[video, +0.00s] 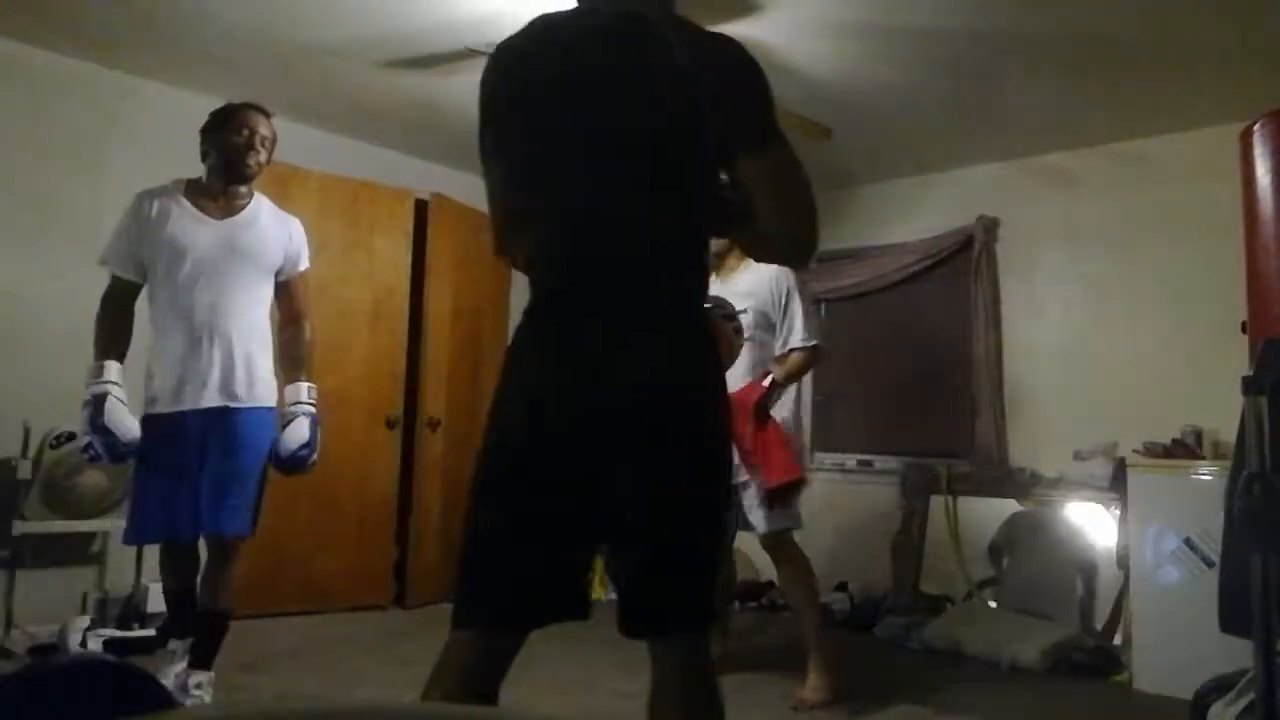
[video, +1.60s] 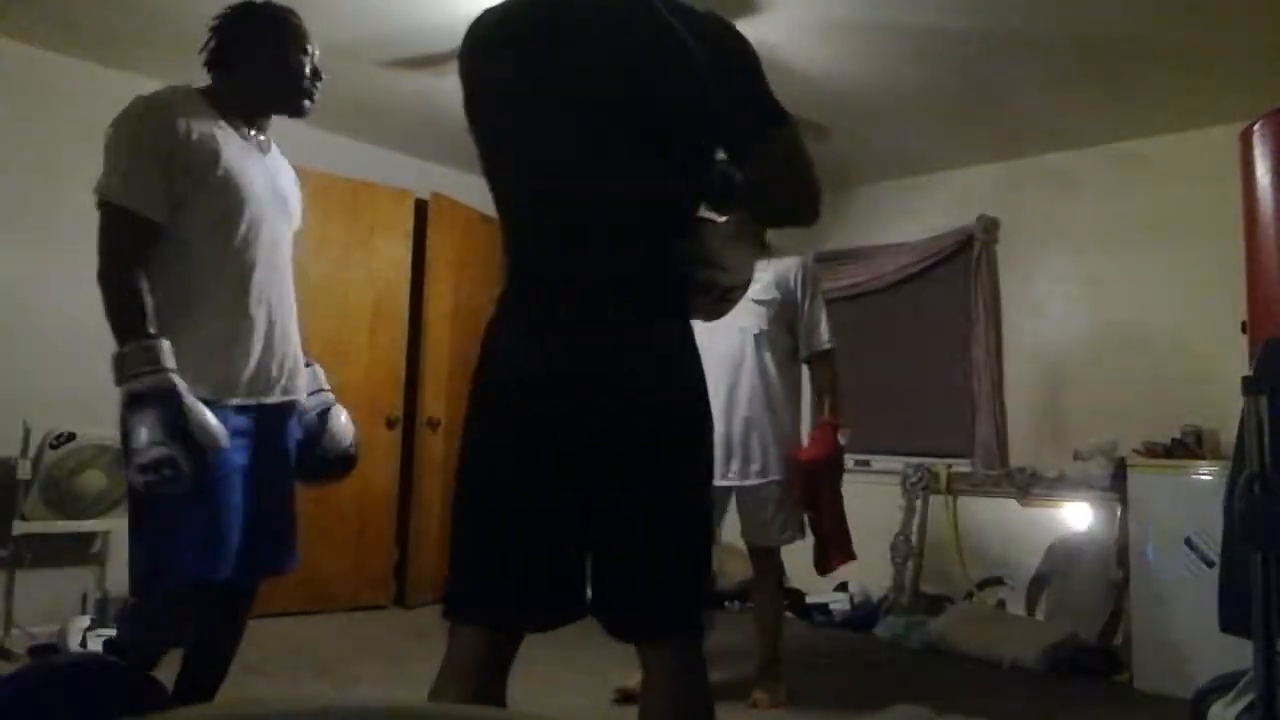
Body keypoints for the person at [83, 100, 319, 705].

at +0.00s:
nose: (255, 147)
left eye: (265, 143)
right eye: (243, 134)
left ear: (270, 158)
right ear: (207, 141)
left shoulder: (283, 230)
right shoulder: (155, 209)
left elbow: (295, 321)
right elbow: (118, 301)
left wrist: (301, 404)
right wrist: (105, 383)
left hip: (247, 403)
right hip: (171, 400)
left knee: (225, 541)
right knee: (175, 536)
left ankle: (200, 674)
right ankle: (186, 645)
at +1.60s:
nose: (317, 70)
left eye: (315, 57)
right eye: (301, 52)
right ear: (244, 53)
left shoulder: (278, 168)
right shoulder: (163, 121)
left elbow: (271, 298)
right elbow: (117, 264)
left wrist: (313, 390)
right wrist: (151, 383)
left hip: (268, 407)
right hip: (189, 404)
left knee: (236, 587)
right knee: (182, 588)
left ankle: (190, 711)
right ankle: (108, 694)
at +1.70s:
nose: (322, 63)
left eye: (317, 47)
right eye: (306, 44)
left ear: (256, 51)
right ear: (256, 47)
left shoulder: (267, 155)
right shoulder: (177, 105)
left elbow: (266, 298)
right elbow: (136, 251)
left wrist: (313, 395)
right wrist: (182, 391)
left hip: (258, 418)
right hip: (193, 414)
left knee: (216, 628)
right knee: (190, 634)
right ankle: (29, 694)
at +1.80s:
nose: (320, 63)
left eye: (317, 48)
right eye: (307, 46)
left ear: (249, 44)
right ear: (263, 44)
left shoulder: (253, 138)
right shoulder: (198, 95)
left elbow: (239, 306)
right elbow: (157, 233)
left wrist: (299, 402)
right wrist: (207, 388)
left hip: (233, 426)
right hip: (190, 422)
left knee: (186, 660)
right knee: (179, 663)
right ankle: (19, 695)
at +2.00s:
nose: (319, 51)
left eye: (317, 31)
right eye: (313, 28)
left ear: (235, 21)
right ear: (287, 24)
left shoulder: (196, 85)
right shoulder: (237, 75)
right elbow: (243, 236)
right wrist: (284, 395)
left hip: (157, 394)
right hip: (184, 400)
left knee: (146, 654)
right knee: (163, 663)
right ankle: (13, 698)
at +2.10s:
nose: (323, 60)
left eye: (324, 40)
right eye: (322, 37)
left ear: (238, 22)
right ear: (296, 29)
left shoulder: (167, 95)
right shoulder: (253, 79)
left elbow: (122, 254)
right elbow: (279, 236)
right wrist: (316, 394)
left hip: (129, 382)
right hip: (187, 395)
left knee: (122, 622)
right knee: (155, 658)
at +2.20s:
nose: (320, 66)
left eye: (321, 48)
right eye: (320, 44)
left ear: (233, 23)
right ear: (303, 33)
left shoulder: (156, 91)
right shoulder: (268, 81)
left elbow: (97, 244)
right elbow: (298, 241)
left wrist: (109, 364)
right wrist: (345, 388)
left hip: (117, 379)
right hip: (193, 389)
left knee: (122, 609)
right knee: (156, 621)